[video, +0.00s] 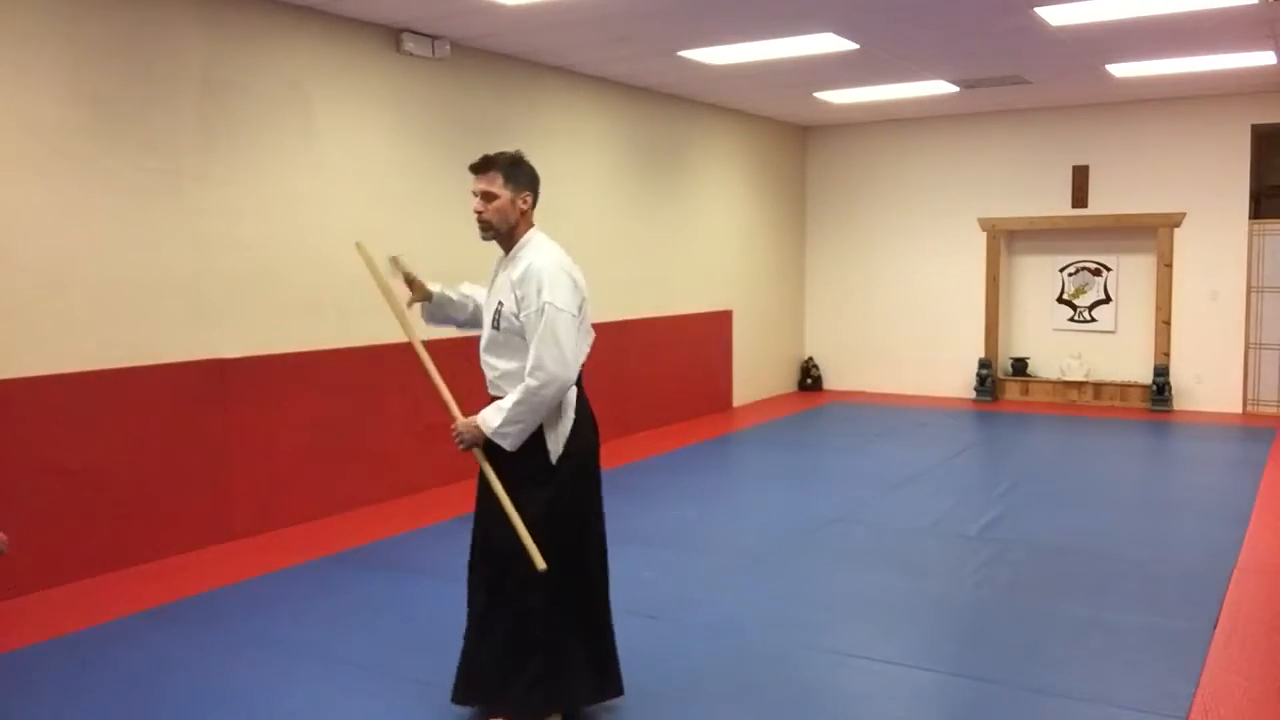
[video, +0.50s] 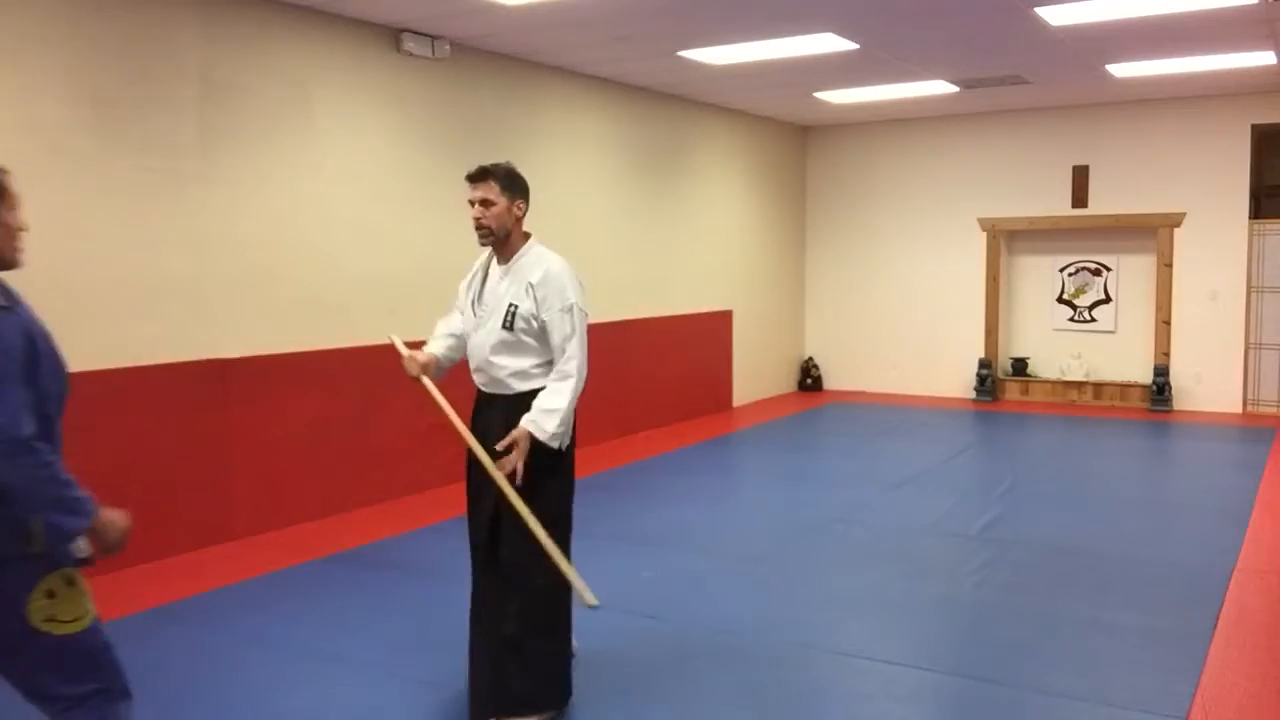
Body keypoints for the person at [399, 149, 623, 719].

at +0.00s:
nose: (477, 209)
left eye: (487, 198)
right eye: (475, 198)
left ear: (523, 201)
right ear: (504, 204)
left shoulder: (546, 270)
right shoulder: (514, 262)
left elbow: (551, 377)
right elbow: (494, 313)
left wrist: (489, 425)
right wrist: (432, 297)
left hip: (552, 434)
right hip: (516, 430)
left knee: (541, 565)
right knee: (506, 562)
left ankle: (547, 696)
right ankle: (511, 693)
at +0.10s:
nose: (475, 207)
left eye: (486, 197)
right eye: (472, 197)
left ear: (522, 201)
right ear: (479, 202)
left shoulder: (549, 270)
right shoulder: (496, 261)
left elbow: (558, 372)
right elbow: (465, 290)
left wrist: (493, 422)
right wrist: (411, 292)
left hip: (547, 433)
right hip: (504, 429)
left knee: (540, 568)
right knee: (497, 565)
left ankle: (548, 695)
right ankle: (501, 695)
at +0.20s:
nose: (477, 207)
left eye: (489, 196)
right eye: (474, 197)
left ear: (524, 201)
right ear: (480, 202)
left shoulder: (551, 269)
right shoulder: (492, 262)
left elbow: (563, 368)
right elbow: (449, 282)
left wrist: (499, 423)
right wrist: (396, 296)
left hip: (541, 428)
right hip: (499, 424)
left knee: (537, 564)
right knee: (499, 563)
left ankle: (545, 695)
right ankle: (504, 695)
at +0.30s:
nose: (481, 208)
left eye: (492, 198)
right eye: (477, 199)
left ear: (526, 203)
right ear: (480, 205)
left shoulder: (553, 272)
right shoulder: (486, 263)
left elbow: (567, 368)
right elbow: (442, 290)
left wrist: (504, 431)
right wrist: (398, 317)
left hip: (538, 425)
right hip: (492, 419)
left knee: (536, 560)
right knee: (496, 558)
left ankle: (544, 691)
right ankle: (501, 690)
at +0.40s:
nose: (480, 211)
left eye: (491, 201)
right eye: (476, 201)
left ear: (524, 206)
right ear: (478, 207)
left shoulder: (554, 274)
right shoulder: (481, 267)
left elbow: (569, 366)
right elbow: (448, 309)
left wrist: (526, 424)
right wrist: (413, 338)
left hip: (538, 419)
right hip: (488, 416)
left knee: (535, 554)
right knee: (491, 552)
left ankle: (539, 691)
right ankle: (494, 687)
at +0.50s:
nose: (475, 214)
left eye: (486, 204)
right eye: (472, 204)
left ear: (518, 207)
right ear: (473, 210)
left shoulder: (552, 274)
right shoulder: (480, 273)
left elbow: (571, 366)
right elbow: (456, 329)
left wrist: (535, 429)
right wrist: (431, 357)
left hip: (537, 420)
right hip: (488, 416)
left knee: (530, 558)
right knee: (490, 556)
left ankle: (538, 697)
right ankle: (494, 694)